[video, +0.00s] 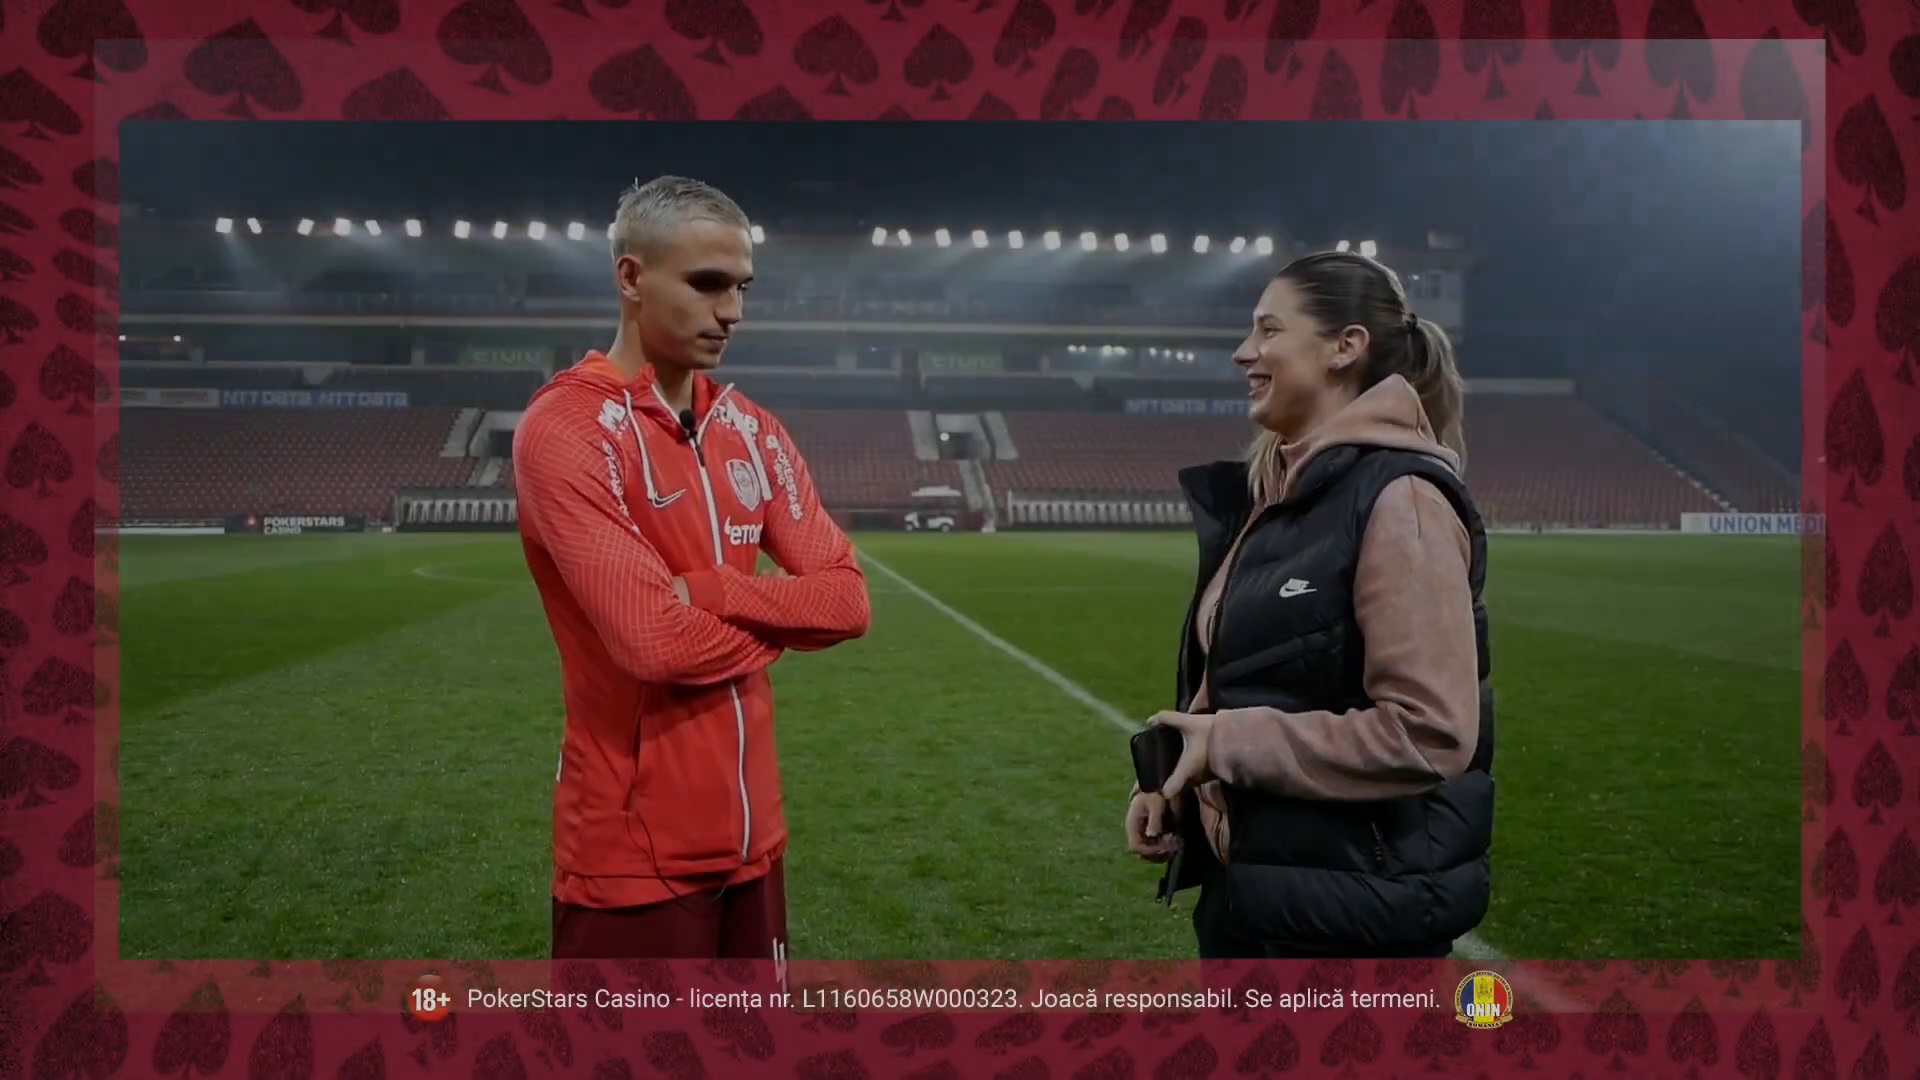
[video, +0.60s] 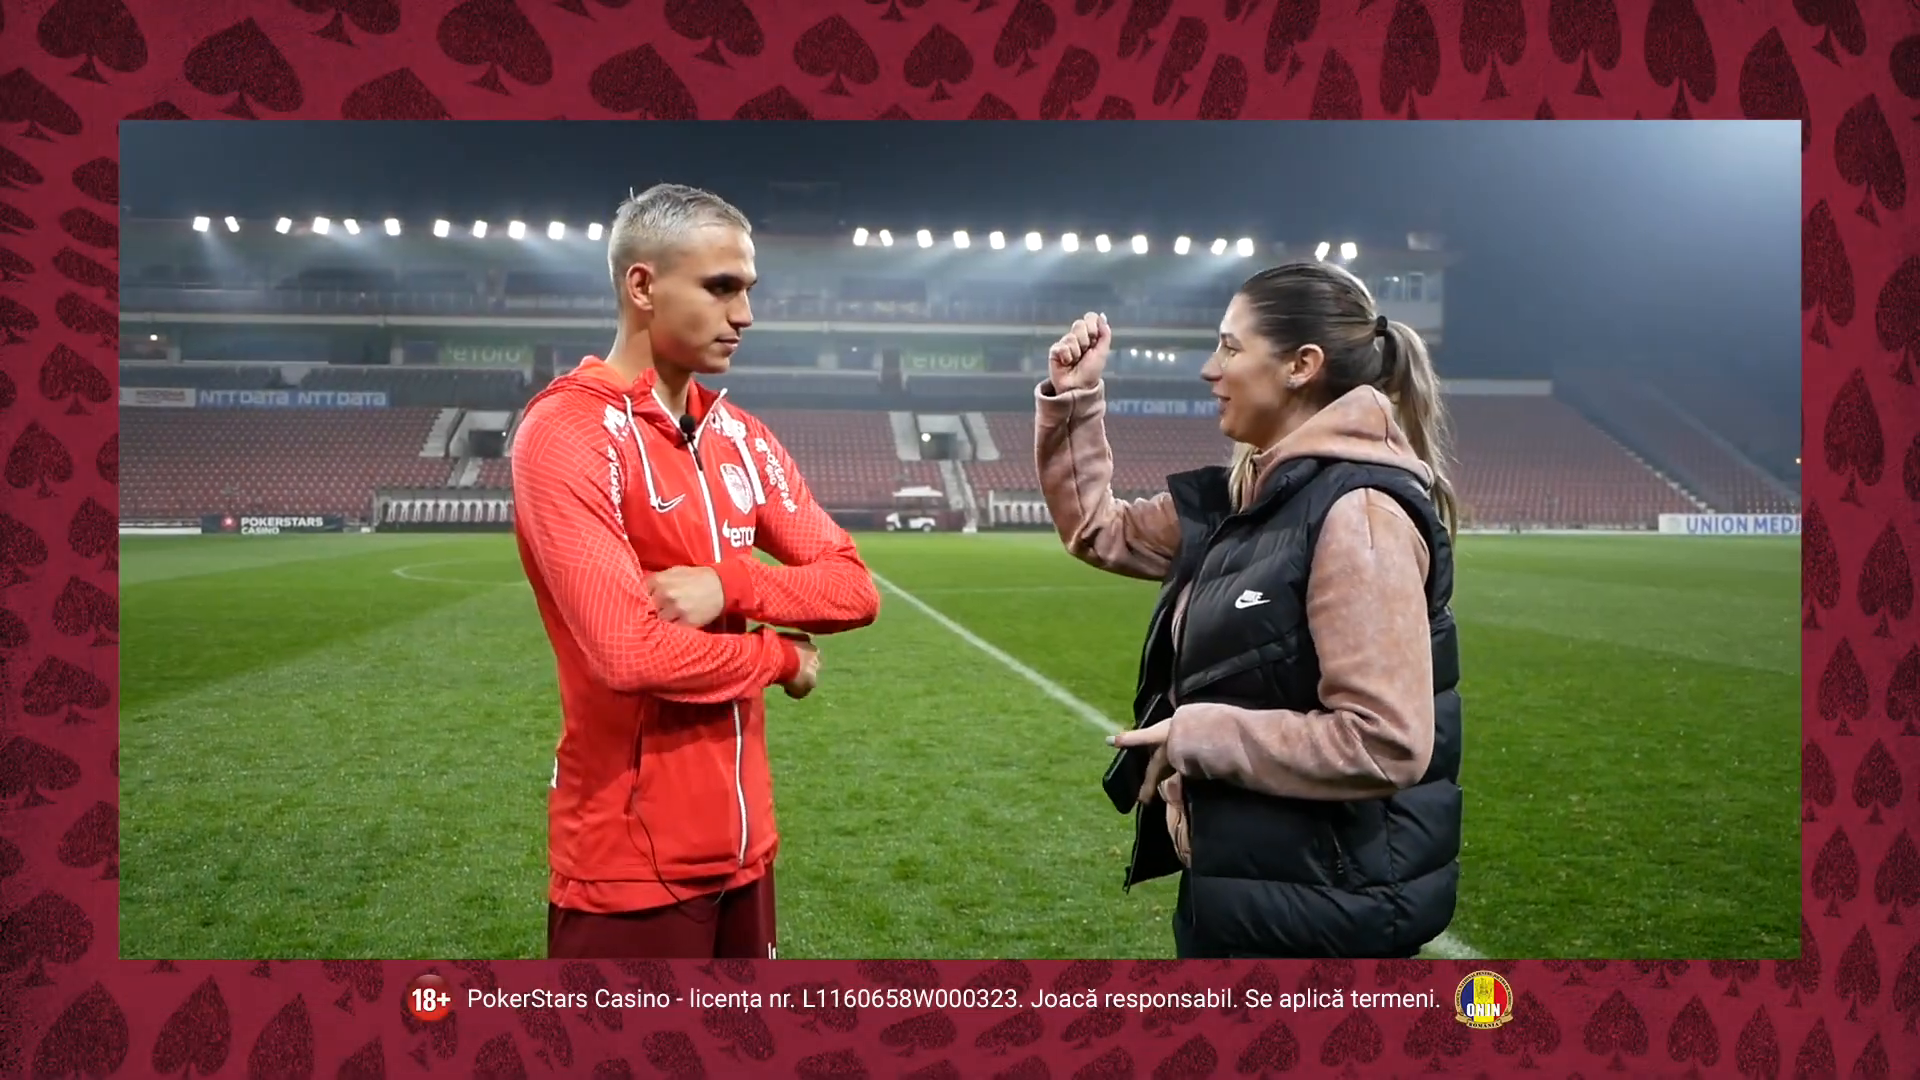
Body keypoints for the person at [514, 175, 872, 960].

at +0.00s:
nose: (732, 312)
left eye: (741, 289)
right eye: (708, 284)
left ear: (748, 287)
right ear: (630, 277)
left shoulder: (753, 429)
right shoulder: (563, 430)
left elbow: (847, 603)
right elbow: (651, 647)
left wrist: (703, 588)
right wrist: (775, 624)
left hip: (748, 835)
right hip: (630, 845)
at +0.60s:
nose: (744, 314)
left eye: (748, 291)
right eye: (722, 287)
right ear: (641, 288)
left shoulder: (739, 433)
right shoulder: (563, 433)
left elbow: (854, 587)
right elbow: (629, 651)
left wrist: (730, 584)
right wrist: (779, 655)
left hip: (741, 840)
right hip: (629, 851)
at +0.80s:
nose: (763, 328)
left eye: (766, 304)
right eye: (744, 299)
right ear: (666, 290)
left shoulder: (735, 436)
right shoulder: (568, 436)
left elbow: (794, 591)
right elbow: (709, 598)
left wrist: (801, 637)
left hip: (743, 843)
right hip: (633, 855)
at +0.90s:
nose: (763, 329)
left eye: (768, 305)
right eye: (745, 302)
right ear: (677, 296)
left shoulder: (727, 444)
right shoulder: (588, 434)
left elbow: (757, 616)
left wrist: (786, 676)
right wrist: (784, 345)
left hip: (743, 850)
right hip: (641, 865)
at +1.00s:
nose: (778, 333)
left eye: (778, 310)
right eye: (759, 304)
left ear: (690, 300)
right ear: (683, 296)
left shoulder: (710, 434)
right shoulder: (605, 431)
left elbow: (734, 621)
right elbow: (832, 531)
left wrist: (786, 680)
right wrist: (845, 343)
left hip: (735, 856)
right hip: (645, 870)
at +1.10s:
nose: (779, 327)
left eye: (780, 304)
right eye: (761, 299)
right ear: (683, 296)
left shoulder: (693, 427)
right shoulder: (619, 432)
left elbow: (704, 622)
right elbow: (848, 535)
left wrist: (780, 674)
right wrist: (925, 379)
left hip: (727, 856)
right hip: (650, 870)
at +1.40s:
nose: (772, 319)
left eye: (774, 295)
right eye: (753, 290)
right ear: (675, 291)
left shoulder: (711, 430)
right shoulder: (613, 426)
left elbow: (742, 610)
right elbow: (821, 552)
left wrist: (795, 669)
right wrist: (925, 413)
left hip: (741, 848)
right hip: (658, 860)